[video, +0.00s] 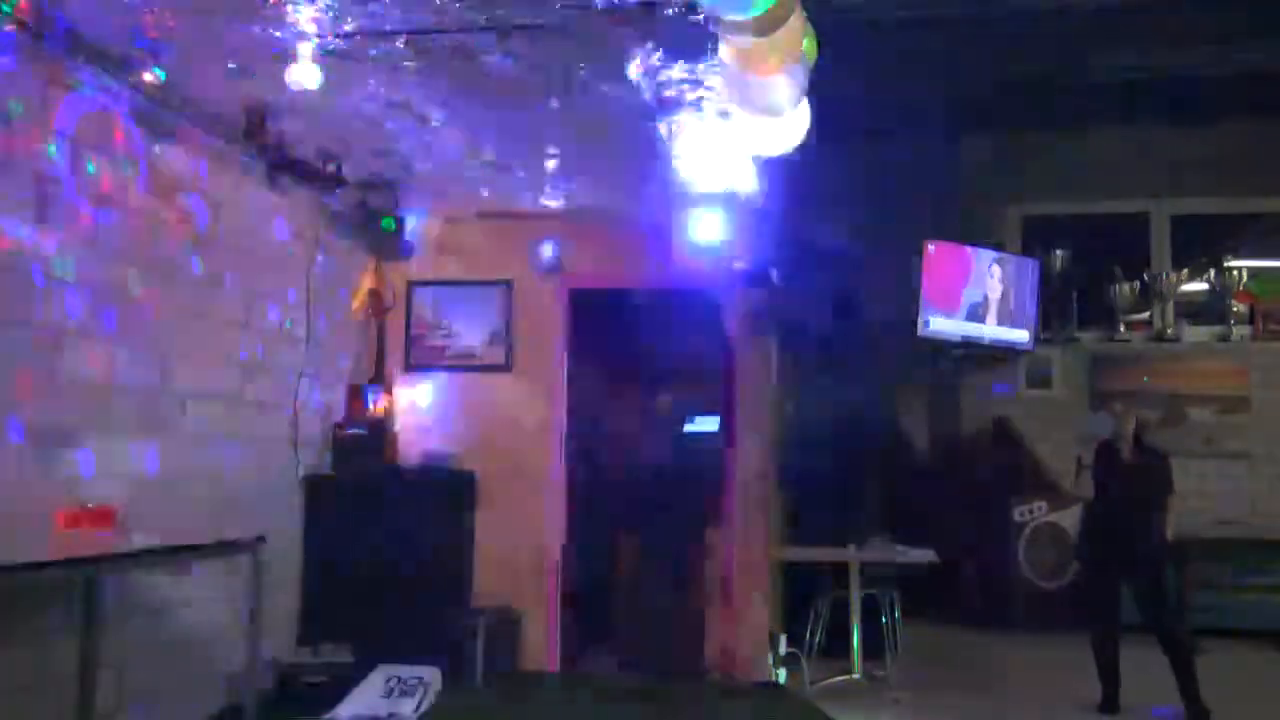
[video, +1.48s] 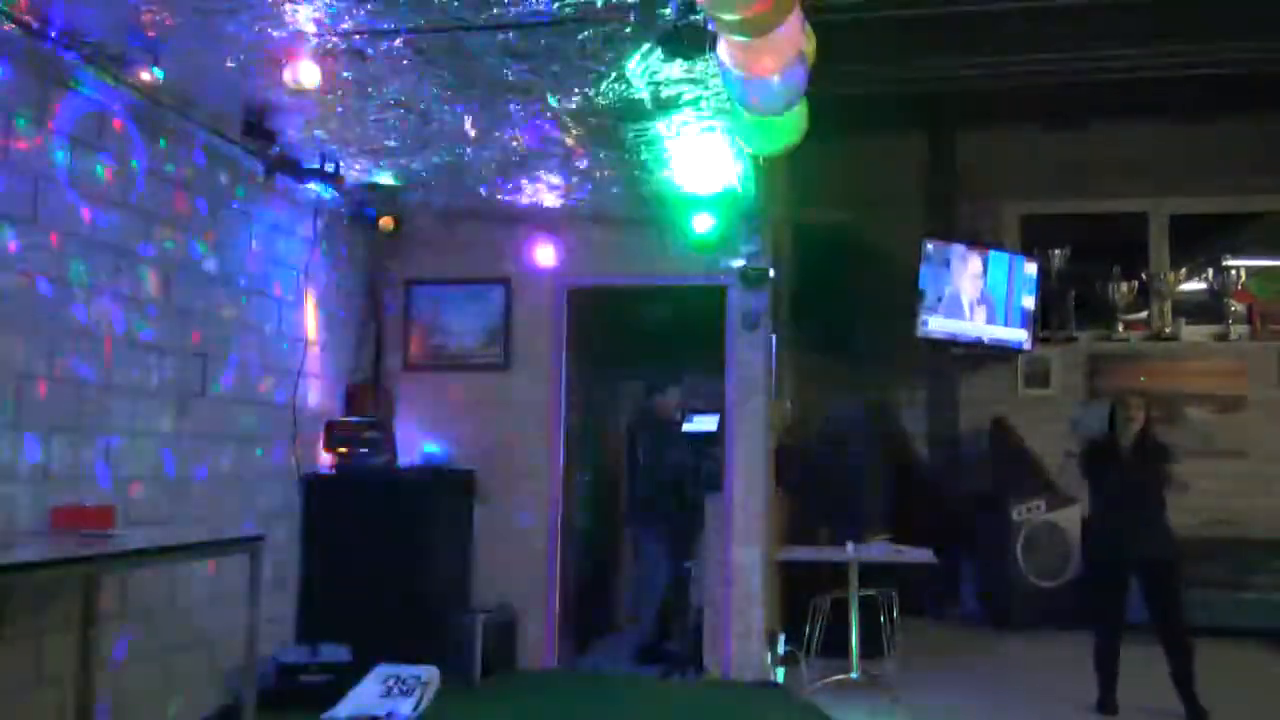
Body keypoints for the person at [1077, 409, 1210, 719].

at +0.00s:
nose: (1126, 424)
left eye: (1131, 418)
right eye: (1120, 418)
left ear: (1139, 423)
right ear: (1112, 422)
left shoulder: (1155, 458)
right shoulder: (1100, 454)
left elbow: (1167, 502)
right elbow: (1084, 494)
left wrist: (1166, 539)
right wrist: (1082, 466)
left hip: (1145, 550)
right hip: (1103, 549)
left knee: (1166, 626)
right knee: (1104, 626)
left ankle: (1193, 702)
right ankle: (1109, 697)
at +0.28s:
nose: (1138, 425)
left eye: (1144, 418)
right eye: (1133, 419)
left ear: (1156, 423)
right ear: (1127, 425)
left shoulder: (1179, 458)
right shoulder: (1122, 456)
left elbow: (1188, 506)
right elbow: (1124, 499)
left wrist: (1190, 541)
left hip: (1172, 552)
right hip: (1127, 553)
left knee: (1188, 628)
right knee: (1120, 624)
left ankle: (1198, 704)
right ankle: (1111, 697)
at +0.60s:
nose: (1159, 415)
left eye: (1165, 408)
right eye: (1153, 409)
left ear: (1176, 413)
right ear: (1147, 415)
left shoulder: (1196, 446)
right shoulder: (1140, 447)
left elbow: (1226, 470)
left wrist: (1252, 484)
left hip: (1197, 547)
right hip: (1152, 546)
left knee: (1197, 627)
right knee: (1137, 621)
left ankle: (1197, 700)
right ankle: (1122, 690)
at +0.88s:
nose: (1164, 421)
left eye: (1169, 415)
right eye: (1158, 415)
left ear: (1177, 421)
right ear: (1149, 420)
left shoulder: (1194, 452)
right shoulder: (1139, 455)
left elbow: (1226, 464)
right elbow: (1140, 503)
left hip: (1200, 551)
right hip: (1157, 551)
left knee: (1202, 629)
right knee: (1140, 622)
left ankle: (1198, 702)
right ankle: (1117, 693)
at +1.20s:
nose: (1147, 424)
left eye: (1153, 419)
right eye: (1141, 417)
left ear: (1162, 424)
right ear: (1131, 422)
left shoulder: (1175, 458)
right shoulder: (1118, 457)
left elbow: (1212, 483)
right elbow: (1120, 493)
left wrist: (1258, 500)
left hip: (1182, 552)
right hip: (1137, 553)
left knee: (1191, 628)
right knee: (1125, 624)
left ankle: (1196, 704)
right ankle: (1108, 698)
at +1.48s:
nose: (1131, 416)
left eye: (1137, 410)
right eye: (1124, 410)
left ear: (1146, 415)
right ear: (1112, 415)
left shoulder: (1156, 450)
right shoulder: (1096, 451)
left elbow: (1159, 493)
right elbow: (1099, 487)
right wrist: (1121, 447)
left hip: (1152, 545)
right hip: (1109, 548)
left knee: (1172, 626)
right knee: (1108, 625)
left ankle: (1190, 701)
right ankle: (1107, 697)